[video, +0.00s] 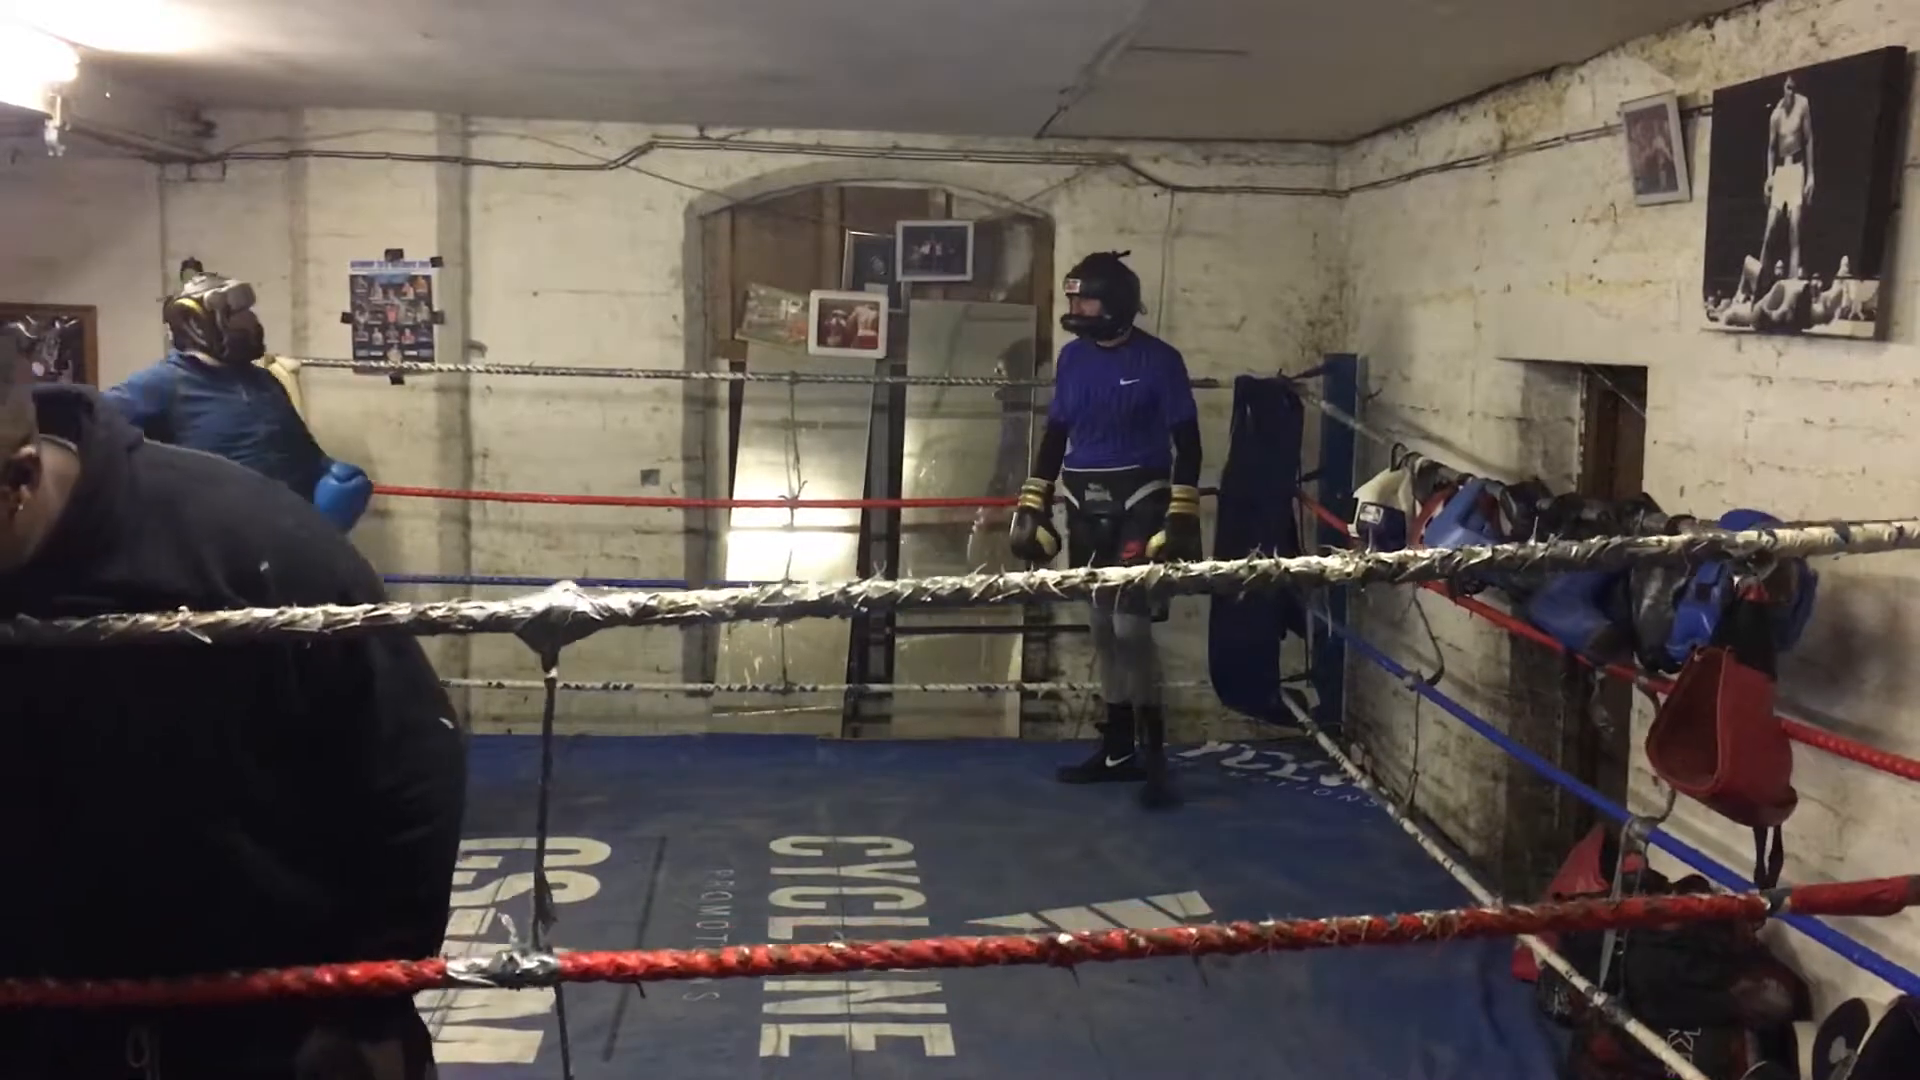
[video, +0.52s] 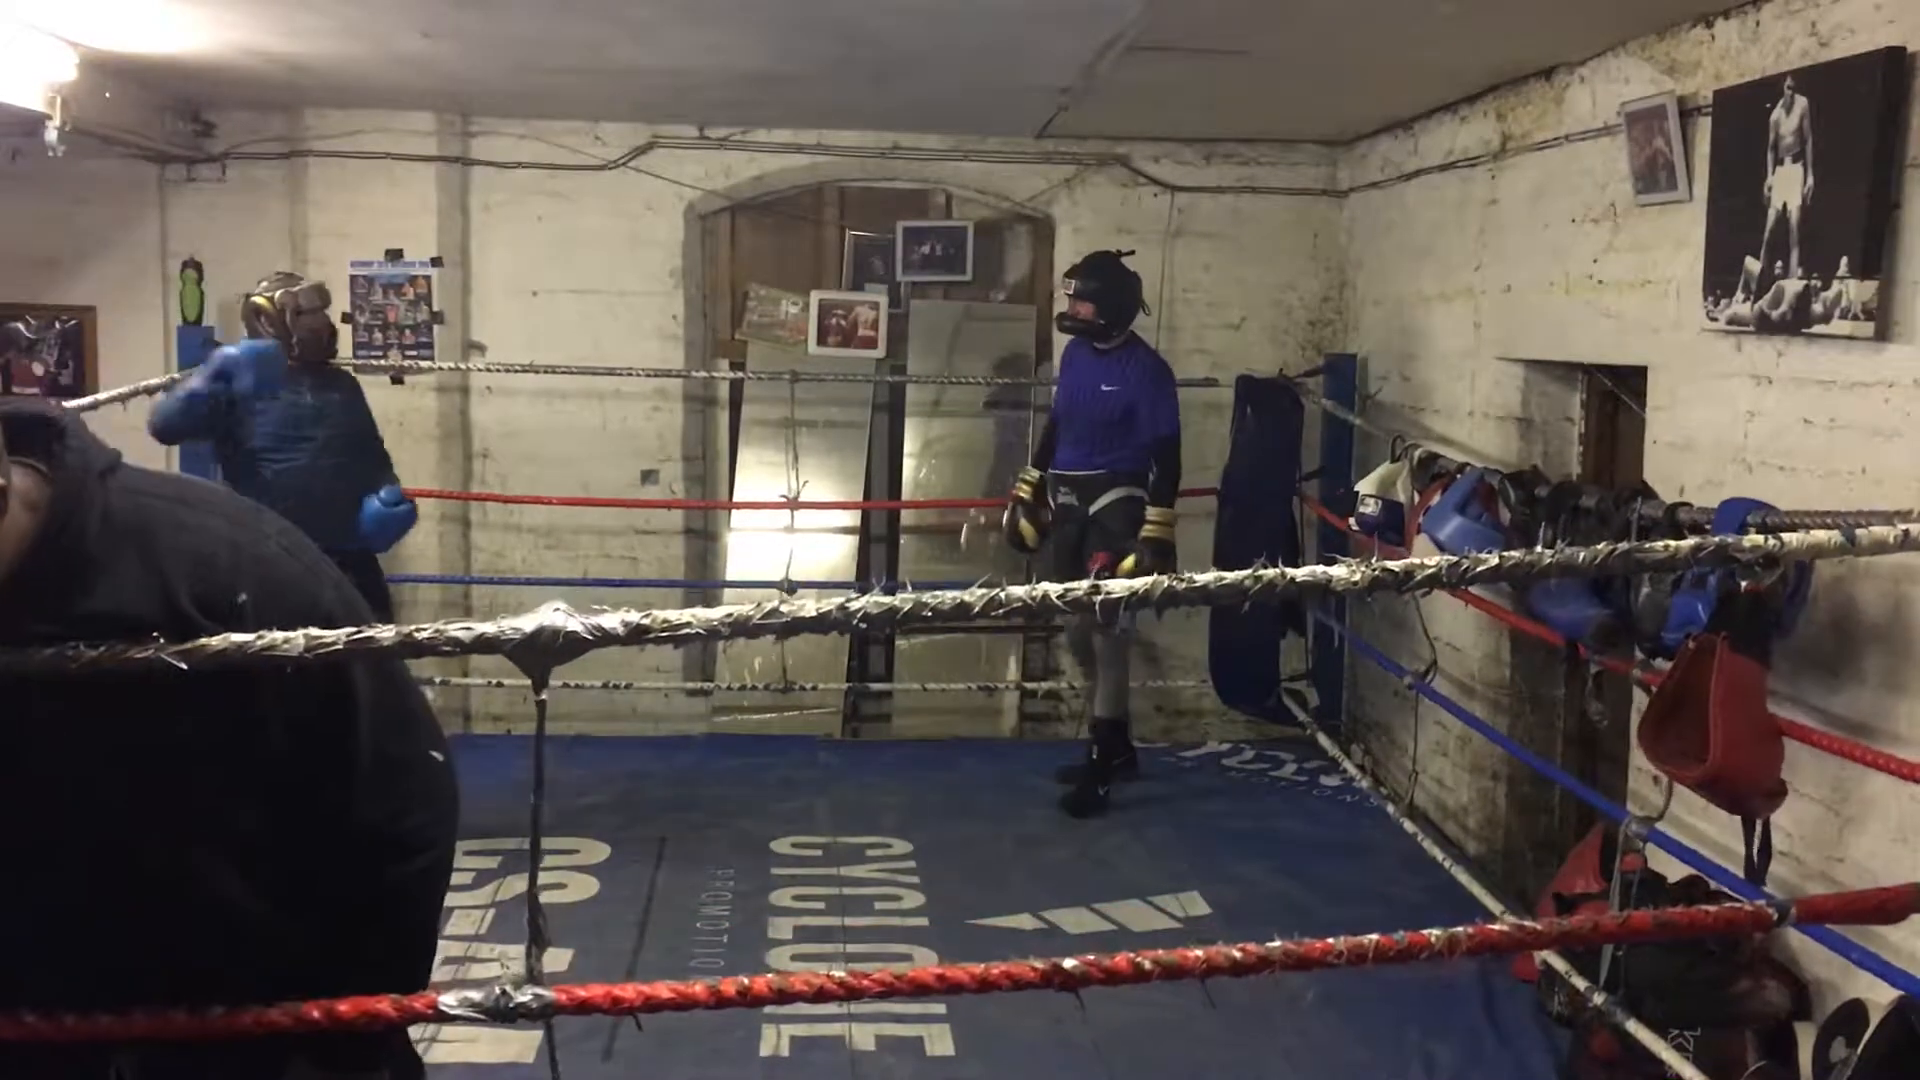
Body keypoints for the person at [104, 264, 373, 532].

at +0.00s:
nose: (256, 321)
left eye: (249, 309)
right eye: (240, 312)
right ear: (202, 325)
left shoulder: (265, 381)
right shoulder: (168, 381)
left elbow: (303, 449)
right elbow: (97, 417)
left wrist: (331, 477)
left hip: (292, 519)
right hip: (218, 523)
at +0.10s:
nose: (266, 320)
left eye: (263, 309)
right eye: (251, 310)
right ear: (214, 321)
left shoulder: (279, 384)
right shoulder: (177, 383)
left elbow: (316, 452)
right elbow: (93, 415)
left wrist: (345, 486)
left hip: (300, 533)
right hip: (223, 537)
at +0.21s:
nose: (278, 324)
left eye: (276, 312)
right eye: (265, 314)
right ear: (228, 324)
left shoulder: (296, 387)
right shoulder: (190, 384)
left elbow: (331, 455)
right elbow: (107, 415)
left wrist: (355, 492)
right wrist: (75, 388)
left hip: (314, 547)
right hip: (234, 552)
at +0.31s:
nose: (296, 323)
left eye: (291, 312)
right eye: (282, 314)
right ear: (243, 326)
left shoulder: (310, 386)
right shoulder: (201, 384)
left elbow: (344, 455)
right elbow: (120, 419)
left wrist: (366, 491)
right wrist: (108, 377)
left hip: (322, 552)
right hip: (242, 555)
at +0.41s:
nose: (305, 321)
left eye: (302, 310)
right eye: (288, 312)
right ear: (251, 318)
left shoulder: (326, 384)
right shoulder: (217, 376)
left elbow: (360, 455)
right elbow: (136, 424)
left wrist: (377, 498)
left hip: (333, 549)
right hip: (254, 550)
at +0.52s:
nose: (330, 325)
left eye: (324, 311)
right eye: (311, 313)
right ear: (271, 323)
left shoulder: (341, 384)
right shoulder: (236, 373)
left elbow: (373, 454)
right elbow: (163, 424)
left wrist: (389, 496)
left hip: (347, 554)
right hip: (269, 556)